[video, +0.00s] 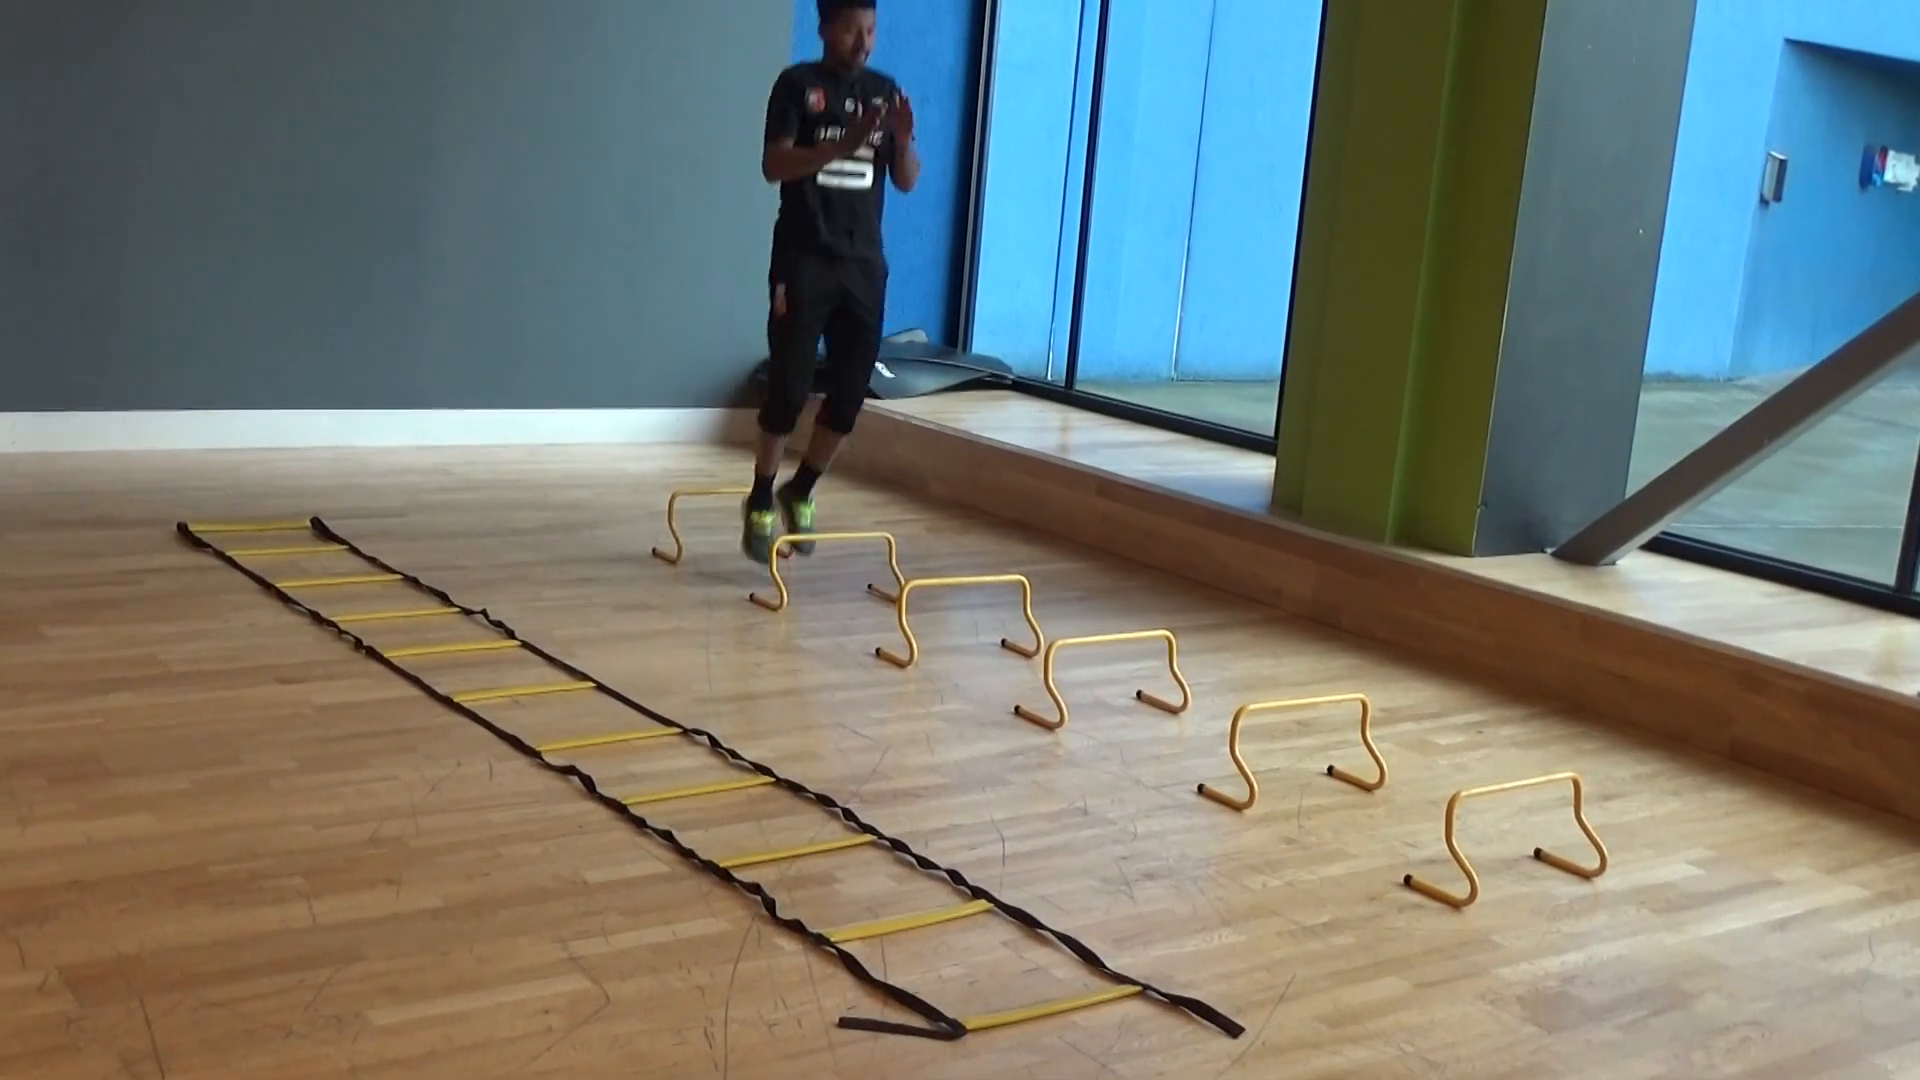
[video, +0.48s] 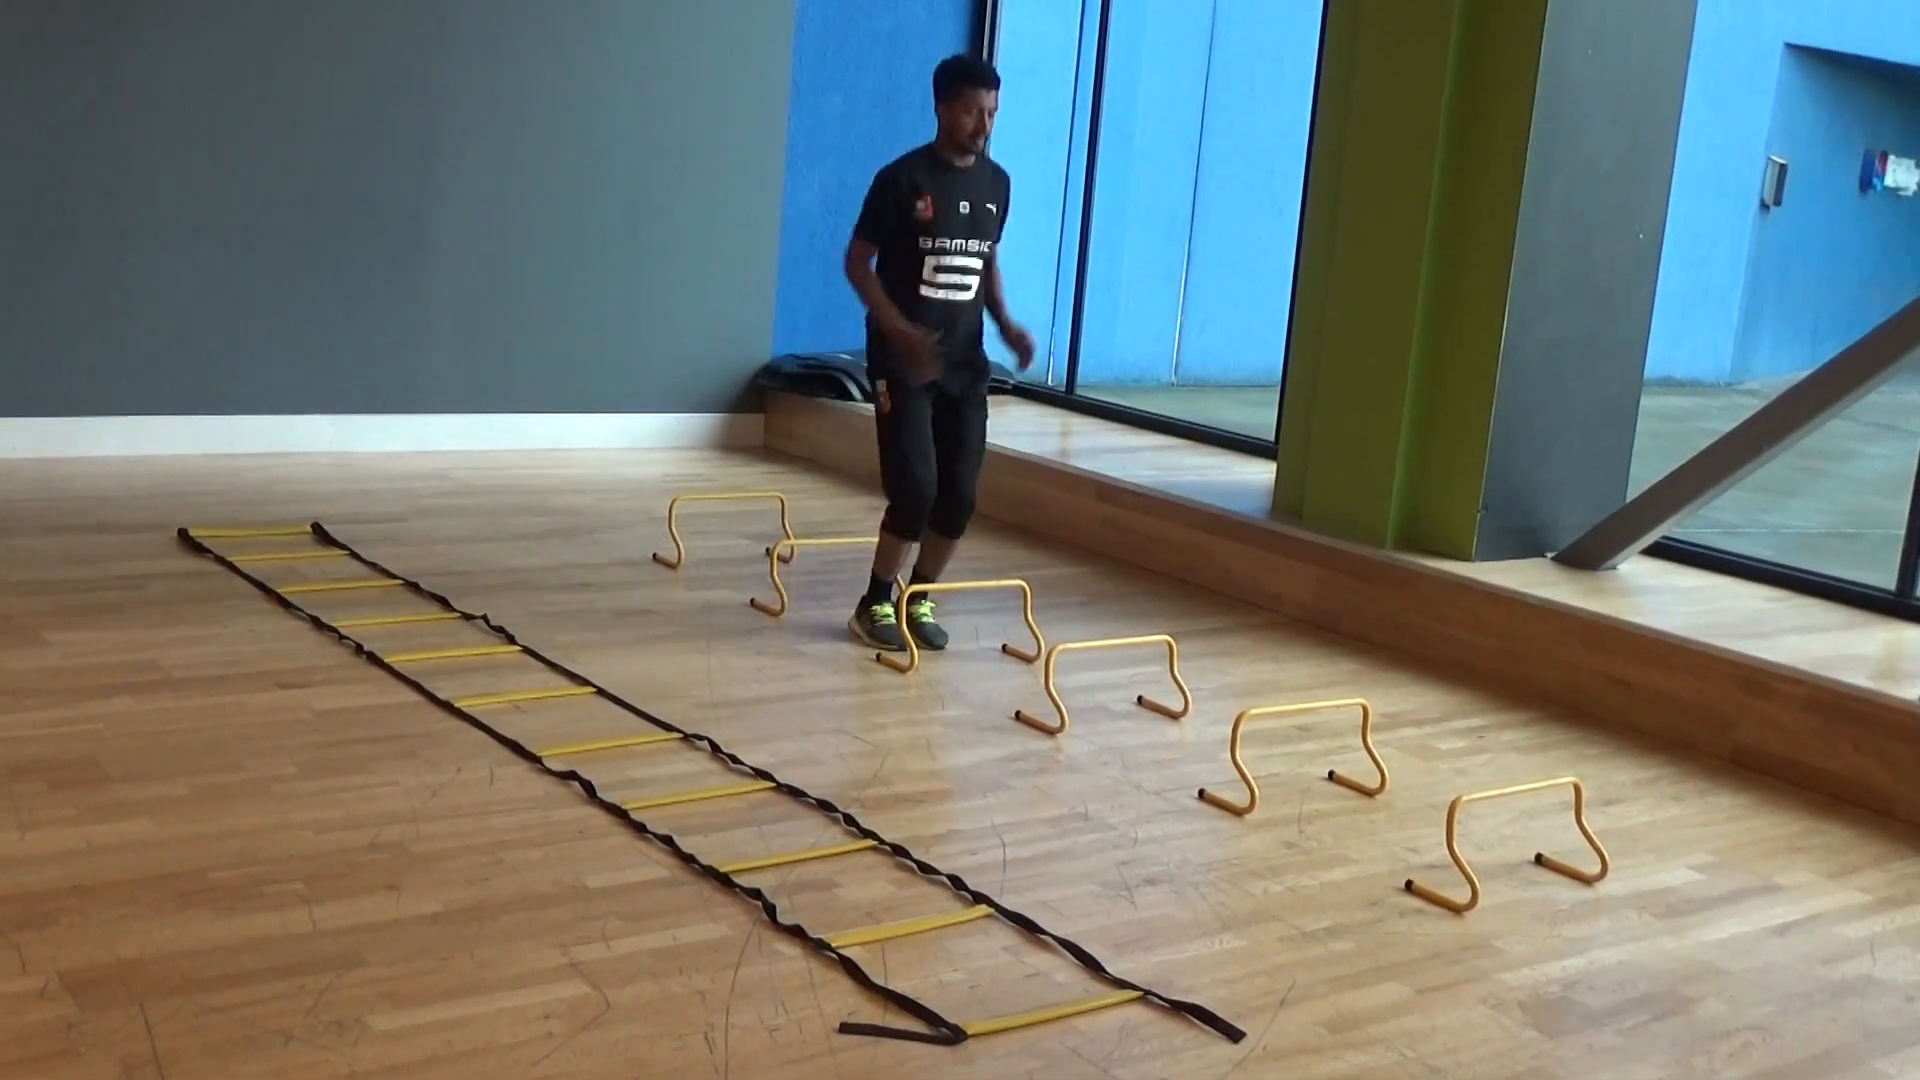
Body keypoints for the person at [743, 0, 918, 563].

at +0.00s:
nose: (862, 41)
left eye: (869, 30)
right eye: (850, 29)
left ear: (876, 32)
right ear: (824, 29)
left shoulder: (884, 93)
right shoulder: (796, 84)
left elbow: (906, 180)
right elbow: (775, 165)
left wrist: (901, 137)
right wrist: (847, 141)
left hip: (863, 261)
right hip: (802, 257)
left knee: (849, 393)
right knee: (791, 386)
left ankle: (800, 494)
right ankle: (760, 499)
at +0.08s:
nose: (890, 8)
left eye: (897, 2)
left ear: (903, 6)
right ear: (857, 1)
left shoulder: (910, 61)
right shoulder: (818, 50)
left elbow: (904, 141)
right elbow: (775, 130)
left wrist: (920, 148)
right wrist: (830, 155)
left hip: (881, 231)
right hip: (818, 229)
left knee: (881, 367)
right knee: (817, 370)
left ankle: (820, 441)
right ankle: (786, 456)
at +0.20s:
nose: (932, 7)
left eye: (940, 1)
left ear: (945, 6)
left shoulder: (944, 52)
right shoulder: (850, 40)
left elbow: (929, 121)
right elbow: (774, 90)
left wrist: (933, 193)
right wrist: (775, 176)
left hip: (908, 223)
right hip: (843, 218)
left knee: (916, 355)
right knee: (845, 359)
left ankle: (869, 465)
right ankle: (829, 484)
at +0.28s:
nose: (958, 28)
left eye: (968, 18)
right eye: (948, 15)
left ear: (975, 18)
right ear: (920, 8)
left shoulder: (967, 74)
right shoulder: (873, 54)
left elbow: (929, 139)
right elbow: (786, 67)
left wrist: (933, 196)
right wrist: (778, 159)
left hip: (923, 240)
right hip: (858, 235)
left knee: (929, 382)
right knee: (862, 383)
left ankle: (907, 518)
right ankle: (855, 521)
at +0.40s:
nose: (978, 93)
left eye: (987, 80)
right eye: (967, 79)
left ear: (994, 80)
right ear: (939, 73)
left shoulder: (989, 138)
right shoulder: (891, 125)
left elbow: (964, 206)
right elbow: (822, 163)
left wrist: (968, 272)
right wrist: (823, 254)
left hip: (949, 312)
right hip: (884, 308)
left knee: (948, 457)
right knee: (890, 452)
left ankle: (924, 590)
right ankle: (875, 593)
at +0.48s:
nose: (983, 125)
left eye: (990, 113)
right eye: (971, 112)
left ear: (996, 113)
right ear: (941, 109)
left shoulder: (996, 183)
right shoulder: (901, 179)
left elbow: (985, 261)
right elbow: (857, 262)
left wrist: (1006, 324)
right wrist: (899, 327)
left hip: (964, 361)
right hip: (904, 358)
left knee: (959, 497)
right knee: (915, 492)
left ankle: (917, 598)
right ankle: (877, 603)